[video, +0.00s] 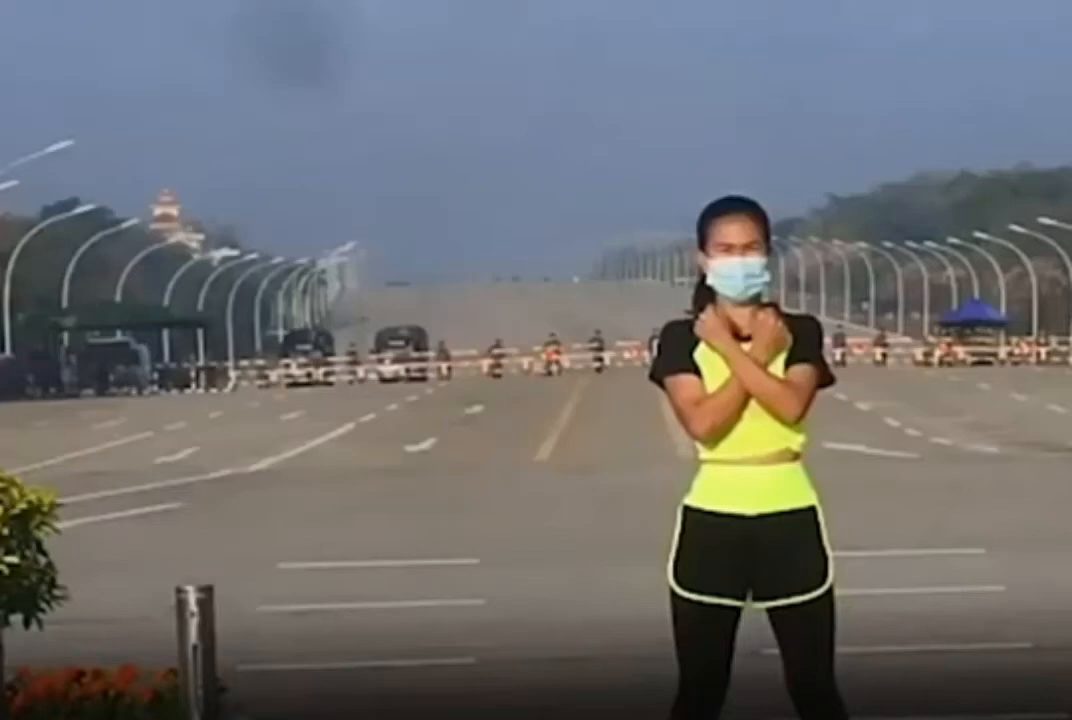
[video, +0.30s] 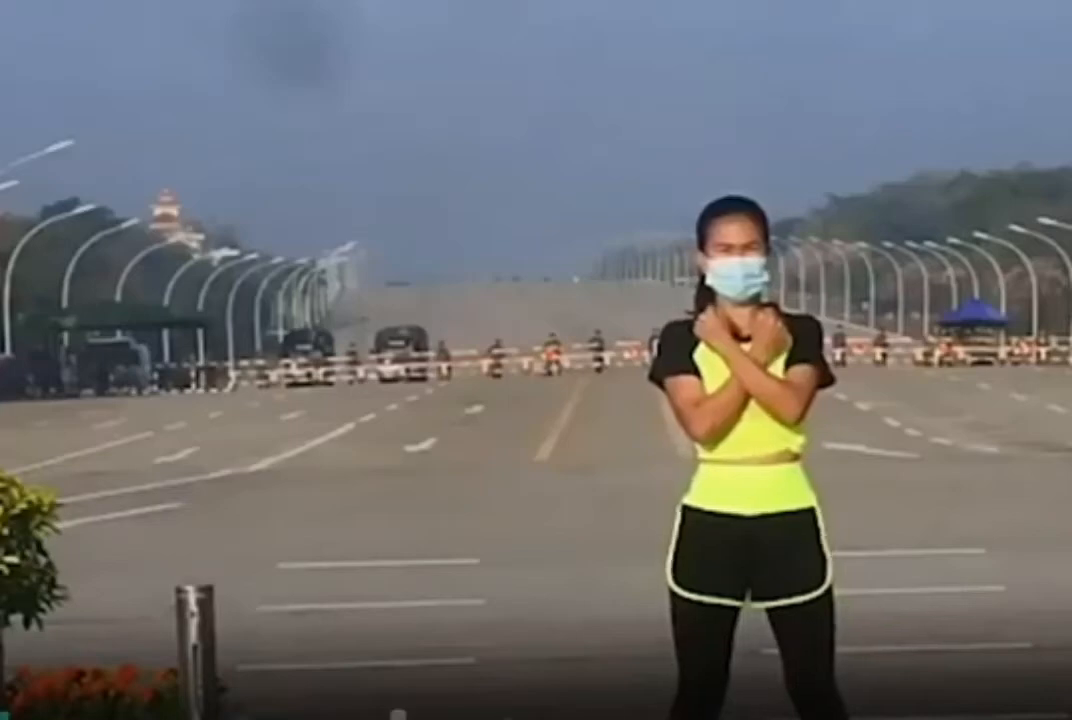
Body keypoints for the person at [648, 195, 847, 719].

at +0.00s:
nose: (742, 263)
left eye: (753, 250)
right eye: (726, 251)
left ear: (768, 255)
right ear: (703, 260)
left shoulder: (800, 329)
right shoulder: (679, 338)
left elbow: (793, 406)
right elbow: (701, 424)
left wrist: (724, 344)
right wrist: (759, 356)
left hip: (791, 523)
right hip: (711, 526)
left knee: (815, 689)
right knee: (701, 691)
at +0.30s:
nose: (741, 263)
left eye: (753, 250)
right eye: (726, 251)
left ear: (767, 255)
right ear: (702, 260)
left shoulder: (800, 330)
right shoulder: (679, 338)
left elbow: (793, 407)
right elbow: (700, 425)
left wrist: (724, 344)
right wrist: (758, 358)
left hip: (790, 523)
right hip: (710, 526)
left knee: (814, 689)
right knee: (700, 691)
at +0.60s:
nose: (720, 259)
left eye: (731, 247)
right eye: (704, 249)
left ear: (746, 254)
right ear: (681, 258)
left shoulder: (777, 336)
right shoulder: (653, 336)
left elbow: (803, 425)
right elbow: (625, 429)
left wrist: (748, 399)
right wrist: (696, 398)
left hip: (754, 521)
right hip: (674, 524)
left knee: (793, 683)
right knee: (676, 690)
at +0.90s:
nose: (688, 256)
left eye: (699, 243)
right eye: (673, 245)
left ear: (715, 251)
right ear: (649, 255)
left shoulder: (746, 334)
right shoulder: (620, 335)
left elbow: (822, 406)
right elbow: (550, 419)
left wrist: (895, 453)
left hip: (730, 521)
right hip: (649, 524)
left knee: (725, 690)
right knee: (665, 692)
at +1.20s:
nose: (683, 259)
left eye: (695, 245)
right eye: (668, 247)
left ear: (712, 254)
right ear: (644, 257)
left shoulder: (745, 336)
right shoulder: (619, 340)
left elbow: (824, 400)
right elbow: (540, 416)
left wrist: (907, 446)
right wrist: (457, 466)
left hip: (727, 526)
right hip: (647, 528)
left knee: (717, 694)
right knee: (662, 695)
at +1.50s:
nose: (684, 259)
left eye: (695, 245)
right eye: (669, 247)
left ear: (713, 254)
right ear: (646, 258)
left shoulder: (748, 336)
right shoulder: (622, 341)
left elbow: (825, 401)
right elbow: (544, 415)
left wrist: (908, 447)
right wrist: (462, 466)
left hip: (729, 525)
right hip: (649, 527)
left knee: (717, 693)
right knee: (663, 695)